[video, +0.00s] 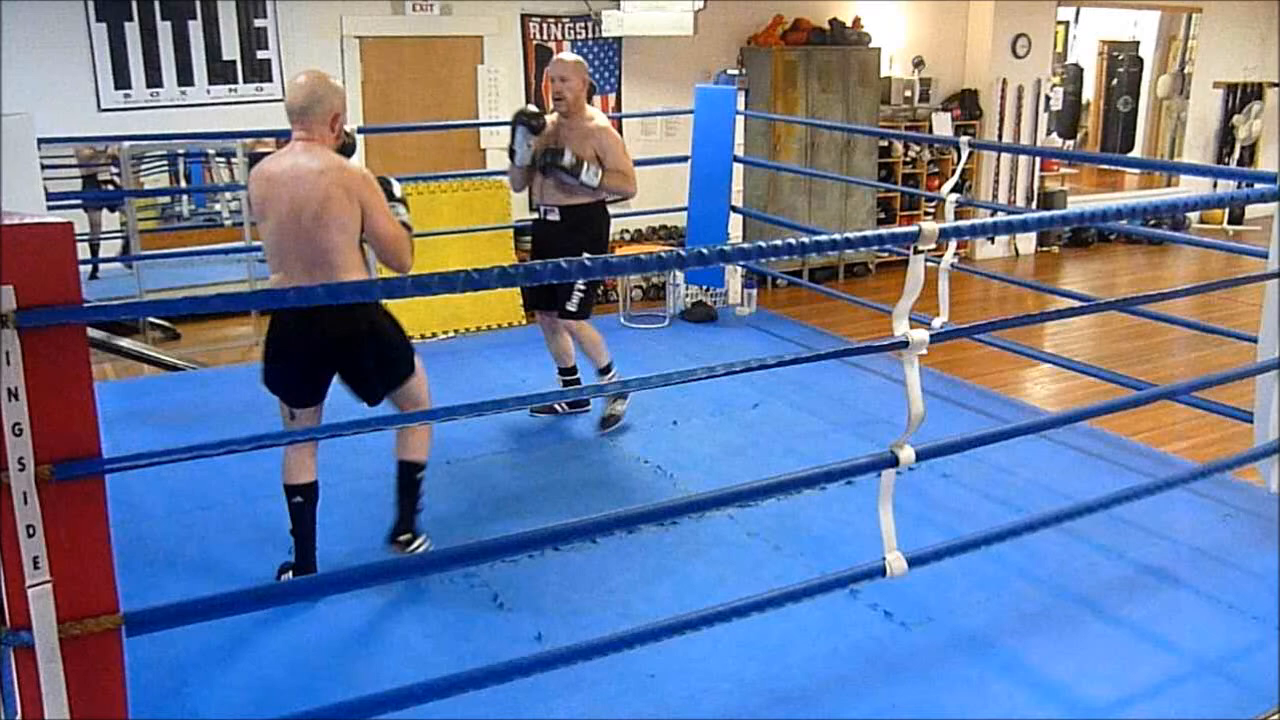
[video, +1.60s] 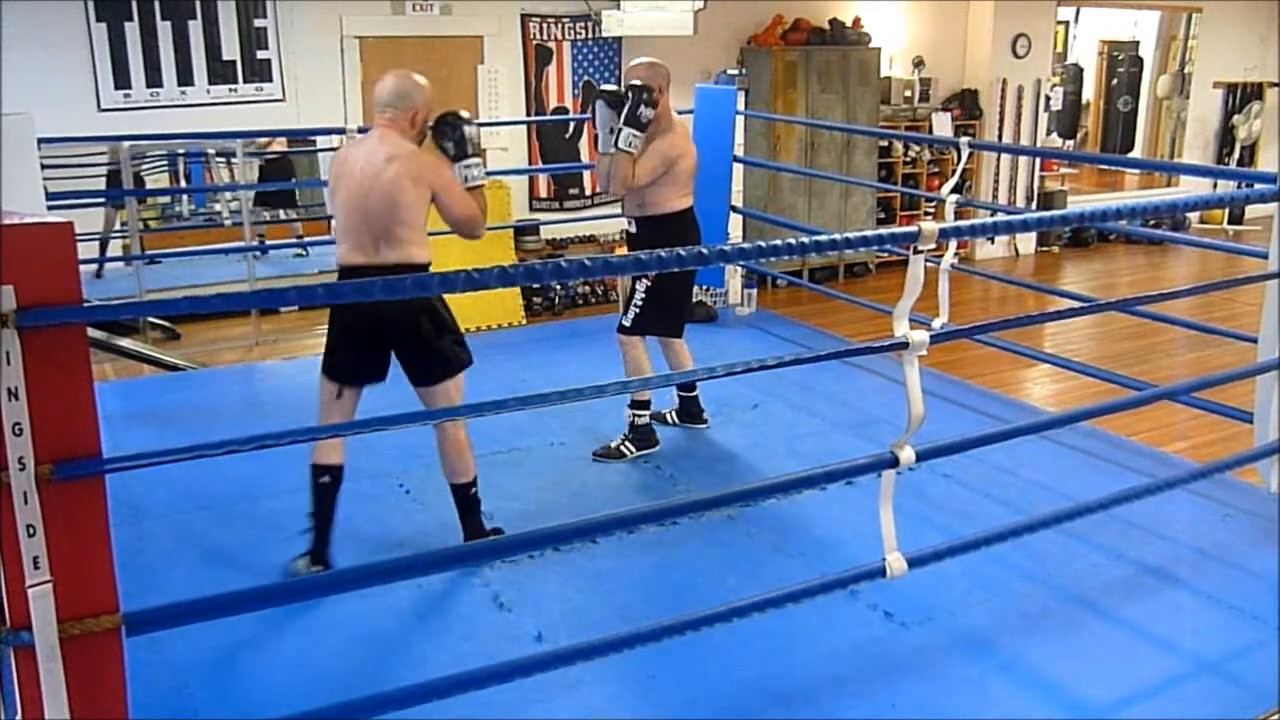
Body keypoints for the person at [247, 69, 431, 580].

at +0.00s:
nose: (346, 125)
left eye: (344, 118)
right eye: (343, 117)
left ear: (291, 119)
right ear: (333, 119)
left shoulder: (261, 176)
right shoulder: (352, 178)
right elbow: (400, 257)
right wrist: (392, 212)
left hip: (292, 329)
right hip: (357, 322)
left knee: (300, 436)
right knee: (416, 408)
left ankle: (303, 559)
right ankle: (405, 529)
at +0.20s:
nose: (361, 117)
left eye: (355, 111)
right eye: (361, 110)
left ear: (311, 115)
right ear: (356, 113)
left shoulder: (289, 171)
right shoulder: (384, 163)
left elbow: (286, 236)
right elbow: (452, 216)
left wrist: (326, 202)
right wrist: (427, 181)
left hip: (323, 313)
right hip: (388, 306)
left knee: (308, 430)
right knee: (424, 410)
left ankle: (305, 559)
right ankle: (458, 496)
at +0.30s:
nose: (380, 124)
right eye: (380, 117)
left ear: (334, 127)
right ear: (377, 122)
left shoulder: (318, 183)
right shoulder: (410, 160)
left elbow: (296, 252)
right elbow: (478, 166)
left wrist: (325, 215)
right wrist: (465, 141)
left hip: (343, 316)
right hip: (406, 310)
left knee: (306, 429)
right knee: (431, 411)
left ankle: (306, 555)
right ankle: (461, 508)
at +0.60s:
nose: (352, 117)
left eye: (342, 111)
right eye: (377, 107)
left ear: (337, 114)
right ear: (382, 110)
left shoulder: (325, 166)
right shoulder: (418, 157)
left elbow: (300, 245)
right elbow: (470, 212)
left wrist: (331, 205)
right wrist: (426, 200)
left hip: (349, 300)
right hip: (411, 294)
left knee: (300, 415)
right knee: (434, 401)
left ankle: (296, 547)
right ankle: (464, 502)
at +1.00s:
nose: (341, 117)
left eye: (339, 110)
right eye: (339, 109)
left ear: (287, 110)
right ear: (329, 109)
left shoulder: (252, 161)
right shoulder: (347, 157)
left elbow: (269, 223)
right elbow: (394, 231)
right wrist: (395, 177)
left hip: (284, 312)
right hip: (349, 304)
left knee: (279, 434)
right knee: (394, 417)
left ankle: (280, 565)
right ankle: (424, 527)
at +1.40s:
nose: (384, 128)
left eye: (383, 120)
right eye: (382, 120)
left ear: (334, 120)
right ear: (367, 121)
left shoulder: (296, 172)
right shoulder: (387, 173)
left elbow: (302, 239)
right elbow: (424, 250)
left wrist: (372, 214)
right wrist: (434, 212)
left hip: (321, 314)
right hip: (386, 309)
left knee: (307, 434)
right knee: (440, 416)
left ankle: (285, 565)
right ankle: (476, 527)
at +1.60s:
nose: (427, 123)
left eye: (427, 116)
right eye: (426, 116)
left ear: (375, 111)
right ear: (417, 116)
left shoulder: (341, 157)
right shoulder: (422, 161)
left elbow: (347, 214)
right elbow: (472, 224)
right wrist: (466, 166)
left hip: (352, 305)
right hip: (413, 302)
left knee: (332, 421)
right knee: (448, 417)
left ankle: (319, 548)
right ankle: (474, 530)